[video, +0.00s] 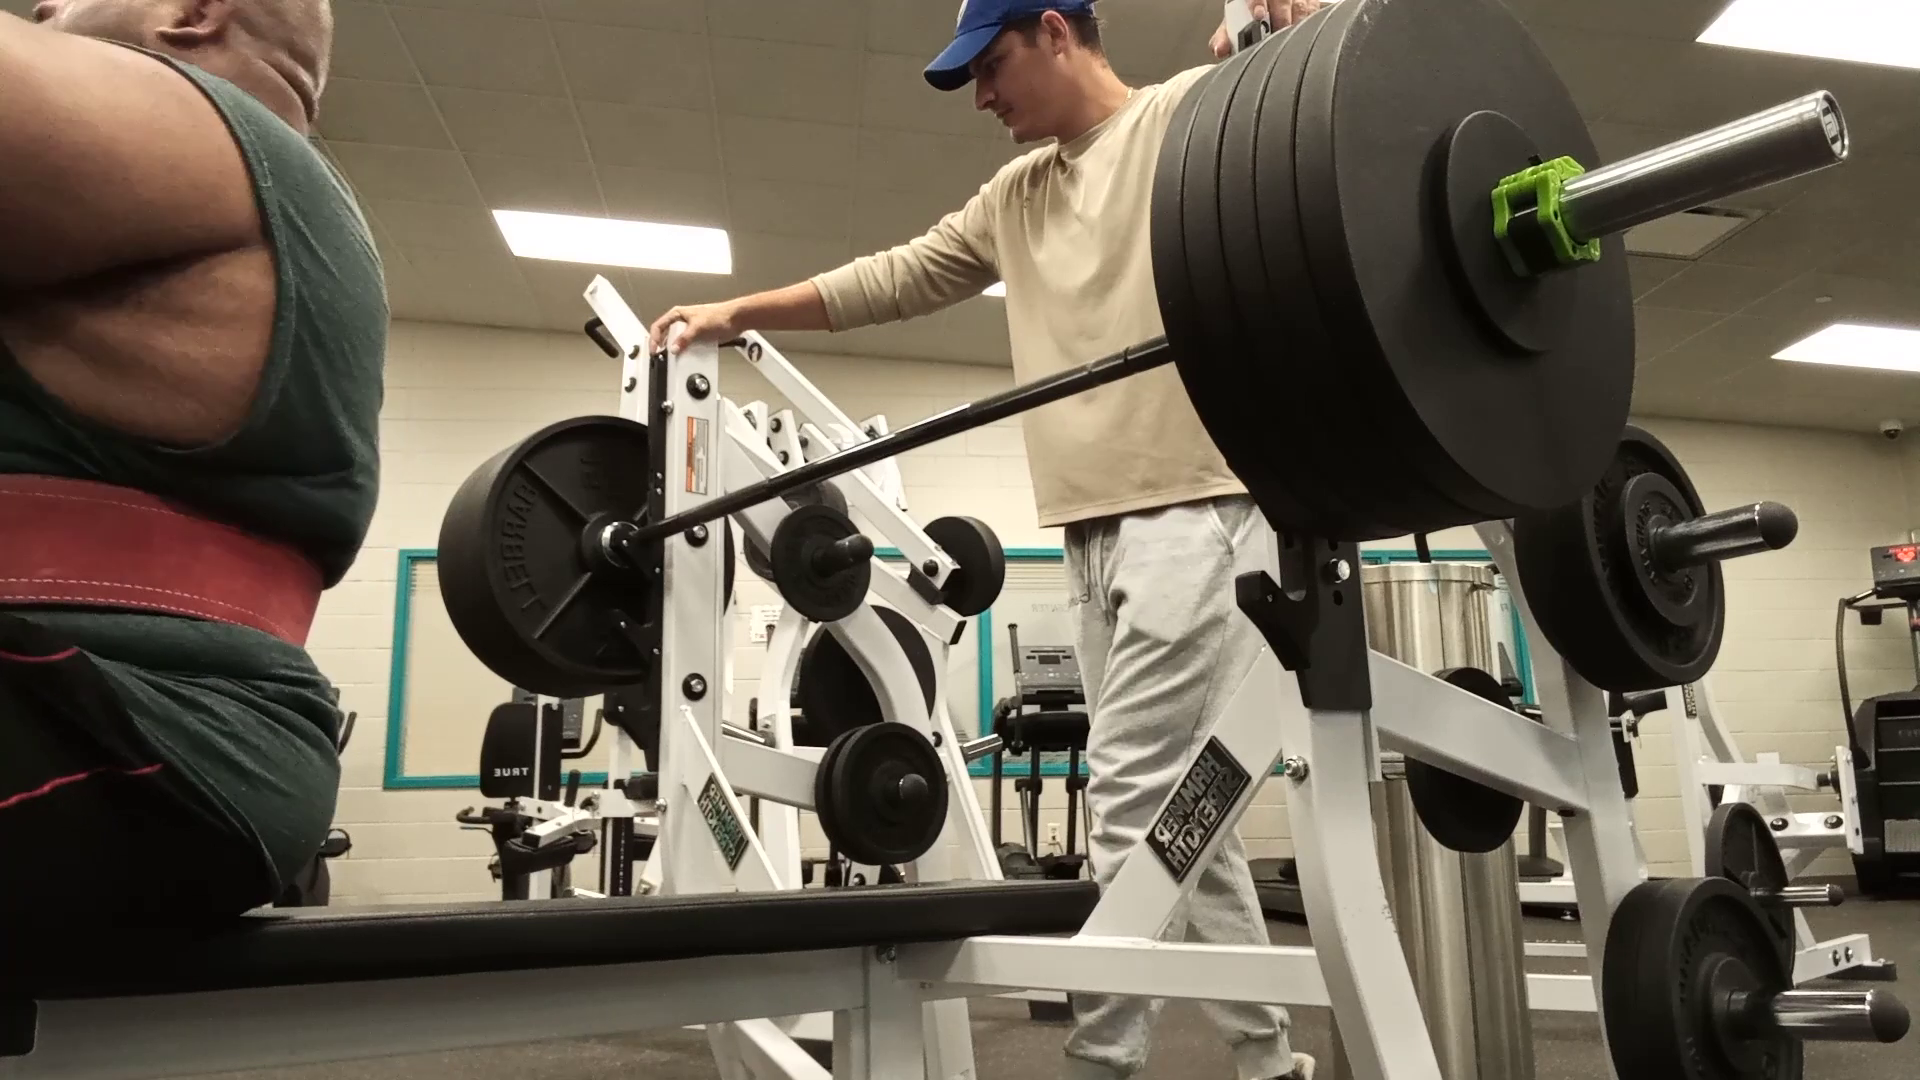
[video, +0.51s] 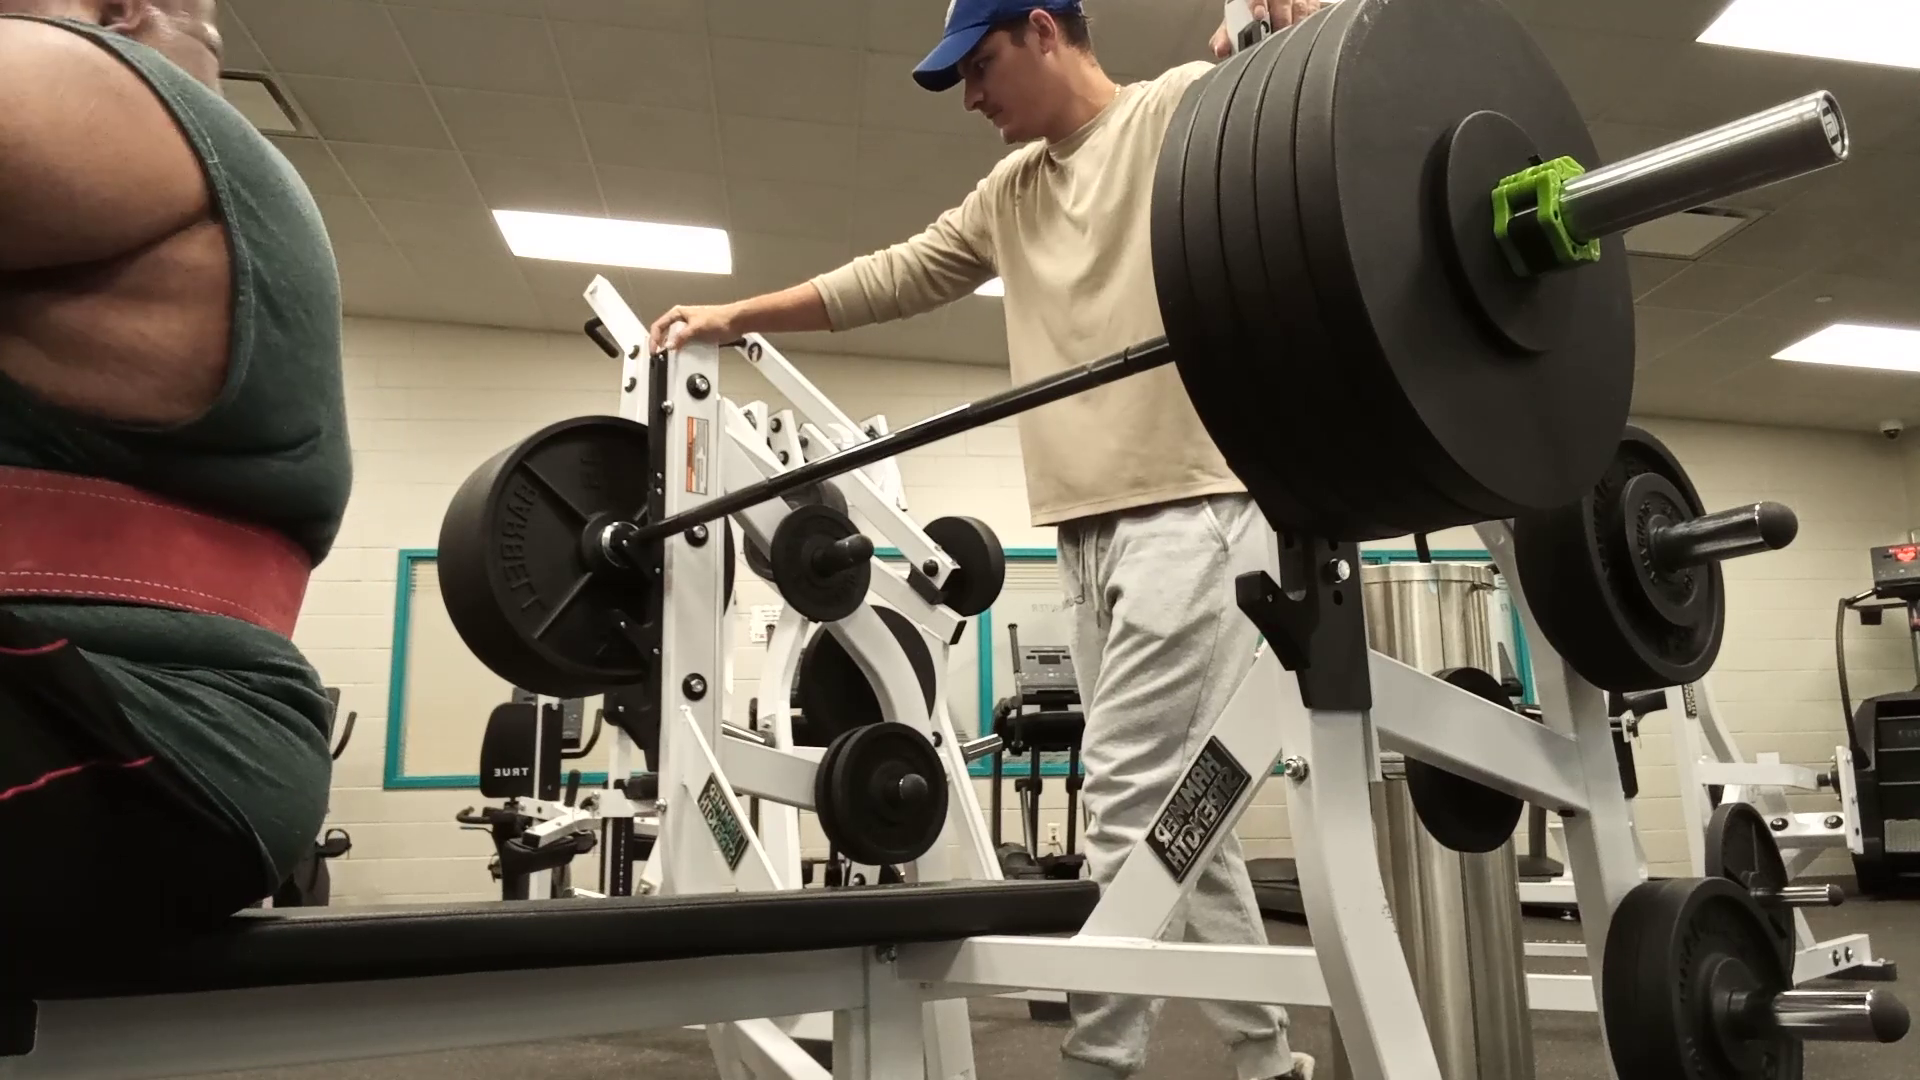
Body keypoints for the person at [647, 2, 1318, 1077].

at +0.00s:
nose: (982, 96)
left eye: (990, 67)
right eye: (974, 80)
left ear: (1059, 32)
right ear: (1038, 50)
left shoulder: (1190, 106)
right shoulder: (1011, 194)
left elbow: (1324, 114)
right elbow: (900, 275)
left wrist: (1295, 38)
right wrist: (737, 309)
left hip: (1198, 509)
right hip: (1093, 529)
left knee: (1129, 795)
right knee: (1178, 806)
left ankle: (1105, 1060)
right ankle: (1263, 1055)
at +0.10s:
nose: (982, 96)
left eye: (991, 68)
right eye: (974, 81)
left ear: (1059, 32)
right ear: (1035, 53)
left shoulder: (1191, 105)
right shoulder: (1011, 194)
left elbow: (1324, 114)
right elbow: (900, 276)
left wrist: (1293, 38)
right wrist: (736, 309)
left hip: (1199, 508)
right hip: (1093, 529)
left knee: (1126, 790)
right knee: (1177, 804)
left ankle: (1106, 1060)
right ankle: (1264, 1056)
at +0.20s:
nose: (982, 96)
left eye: (990, 67)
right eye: (973, 80)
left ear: (1058, 32)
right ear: (1033, 52)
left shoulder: (1189, 106)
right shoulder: (1011, 193)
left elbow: (1321, 123)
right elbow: (900, 276)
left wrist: (1292, 39)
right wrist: (737, 310)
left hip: (1196, 510)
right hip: (1091, 531)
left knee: (1127, 793)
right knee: (1175, 806)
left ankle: (1104, 1060)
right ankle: (1264, 1056)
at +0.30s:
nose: (980, 95)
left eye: (988, 67)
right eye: (972, 79)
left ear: (1056, 32)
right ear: (1035, 50)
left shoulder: (1189, 105)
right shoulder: (1011, 194)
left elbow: (1323, 119)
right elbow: (898, 277)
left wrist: (1294, 38)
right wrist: (736, 311)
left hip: (1197, 513)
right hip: (1089, 534)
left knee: (1124, 793)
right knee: (1173, 805)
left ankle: (1100, 1063)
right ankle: (1266, 1060)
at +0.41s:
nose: (978, 96)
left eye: (987, 68)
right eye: (970, 81)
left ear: (1054, 32)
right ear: (1031, 51)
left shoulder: (1188, 105)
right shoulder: (1009, 195)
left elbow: (1322, 120)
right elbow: (898, 277)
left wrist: (1294, 38)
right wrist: (736, 312)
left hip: (1198, 512)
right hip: (1089, 534)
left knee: (1123, 791)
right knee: (1176, 807)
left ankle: (1102, 1060)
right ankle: (1264, 1057)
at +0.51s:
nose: (973, 94)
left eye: (980, 67)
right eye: (964, 80)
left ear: (1046, 30)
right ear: (1027, 48)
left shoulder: (1179, 99)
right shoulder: (1007, 191)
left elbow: (1314, 111)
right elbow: (899, 274)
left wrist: (1292, 37)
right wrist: (736, 313)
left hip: (1197, 511)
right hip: (1087, 533)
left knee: (1123, 791)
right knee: (1172, 804)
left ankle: (1101, 1063)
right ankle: (1265, 1060)